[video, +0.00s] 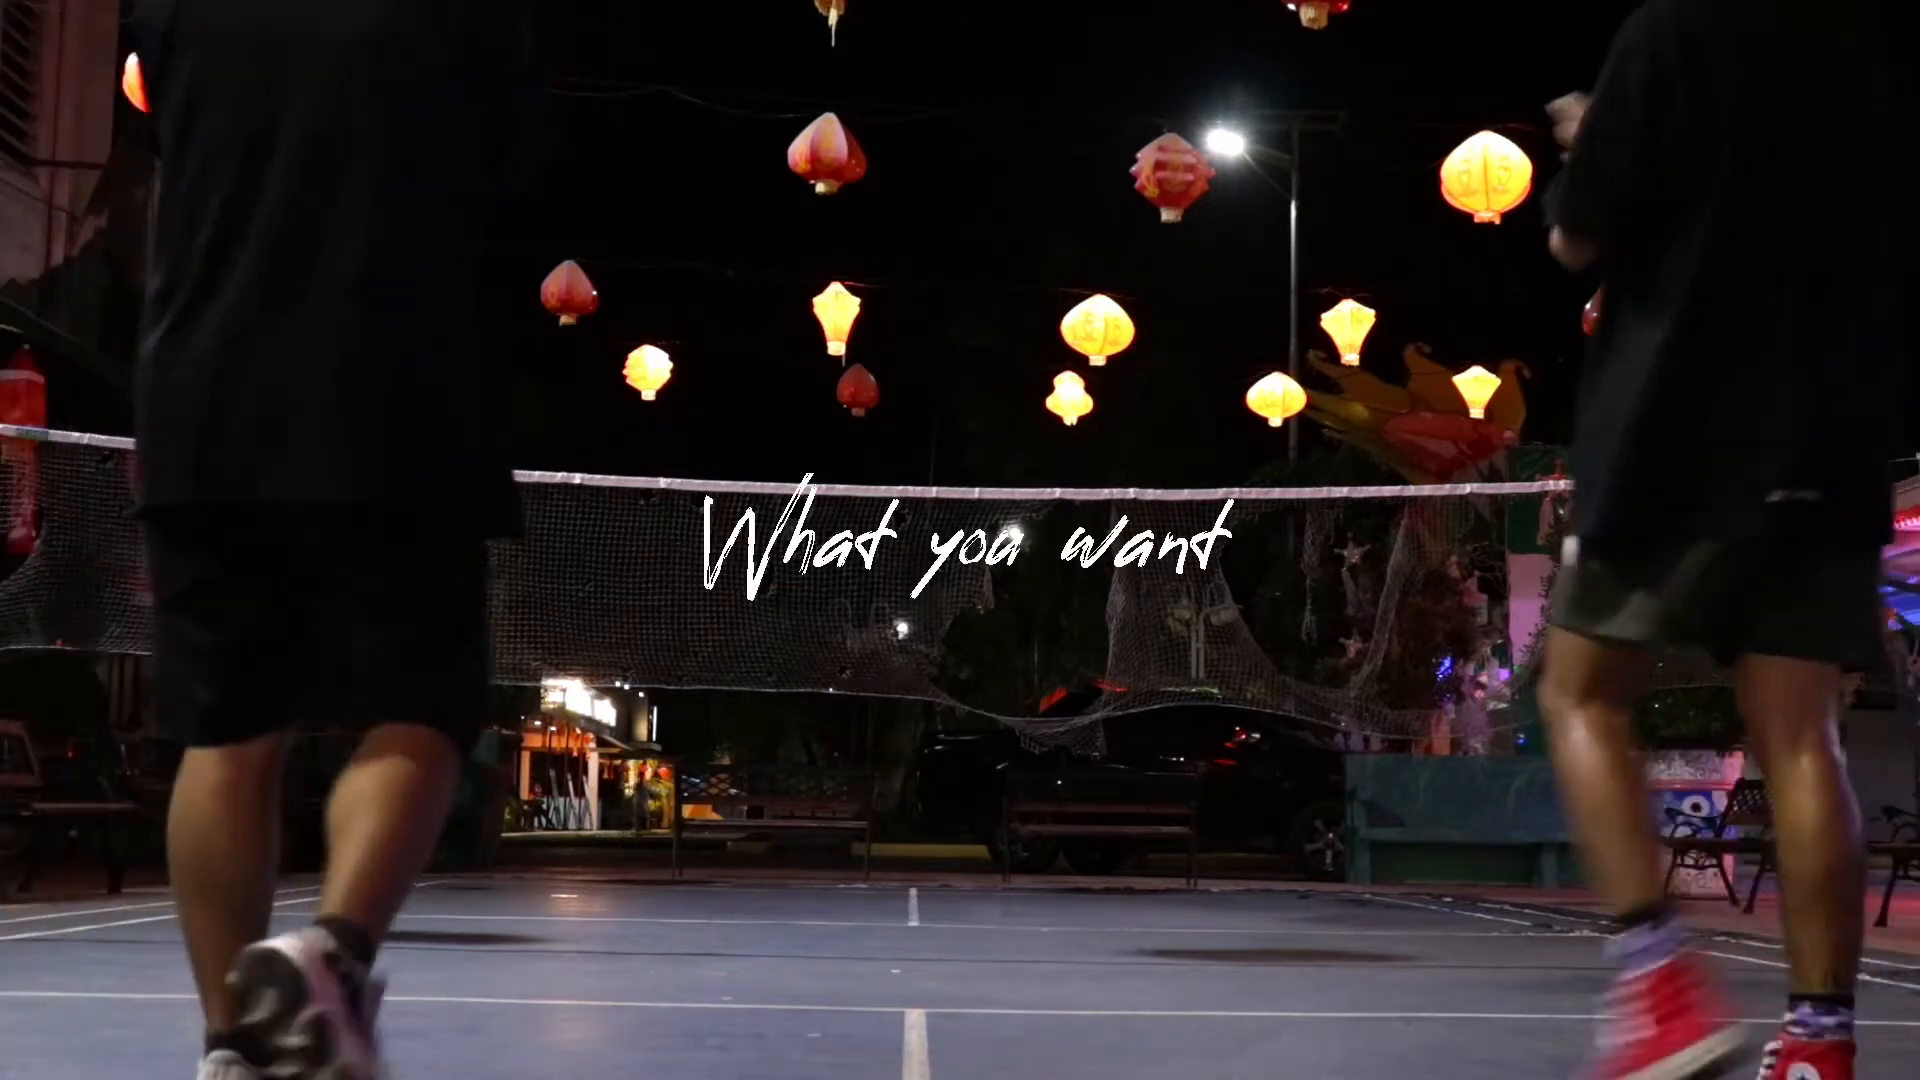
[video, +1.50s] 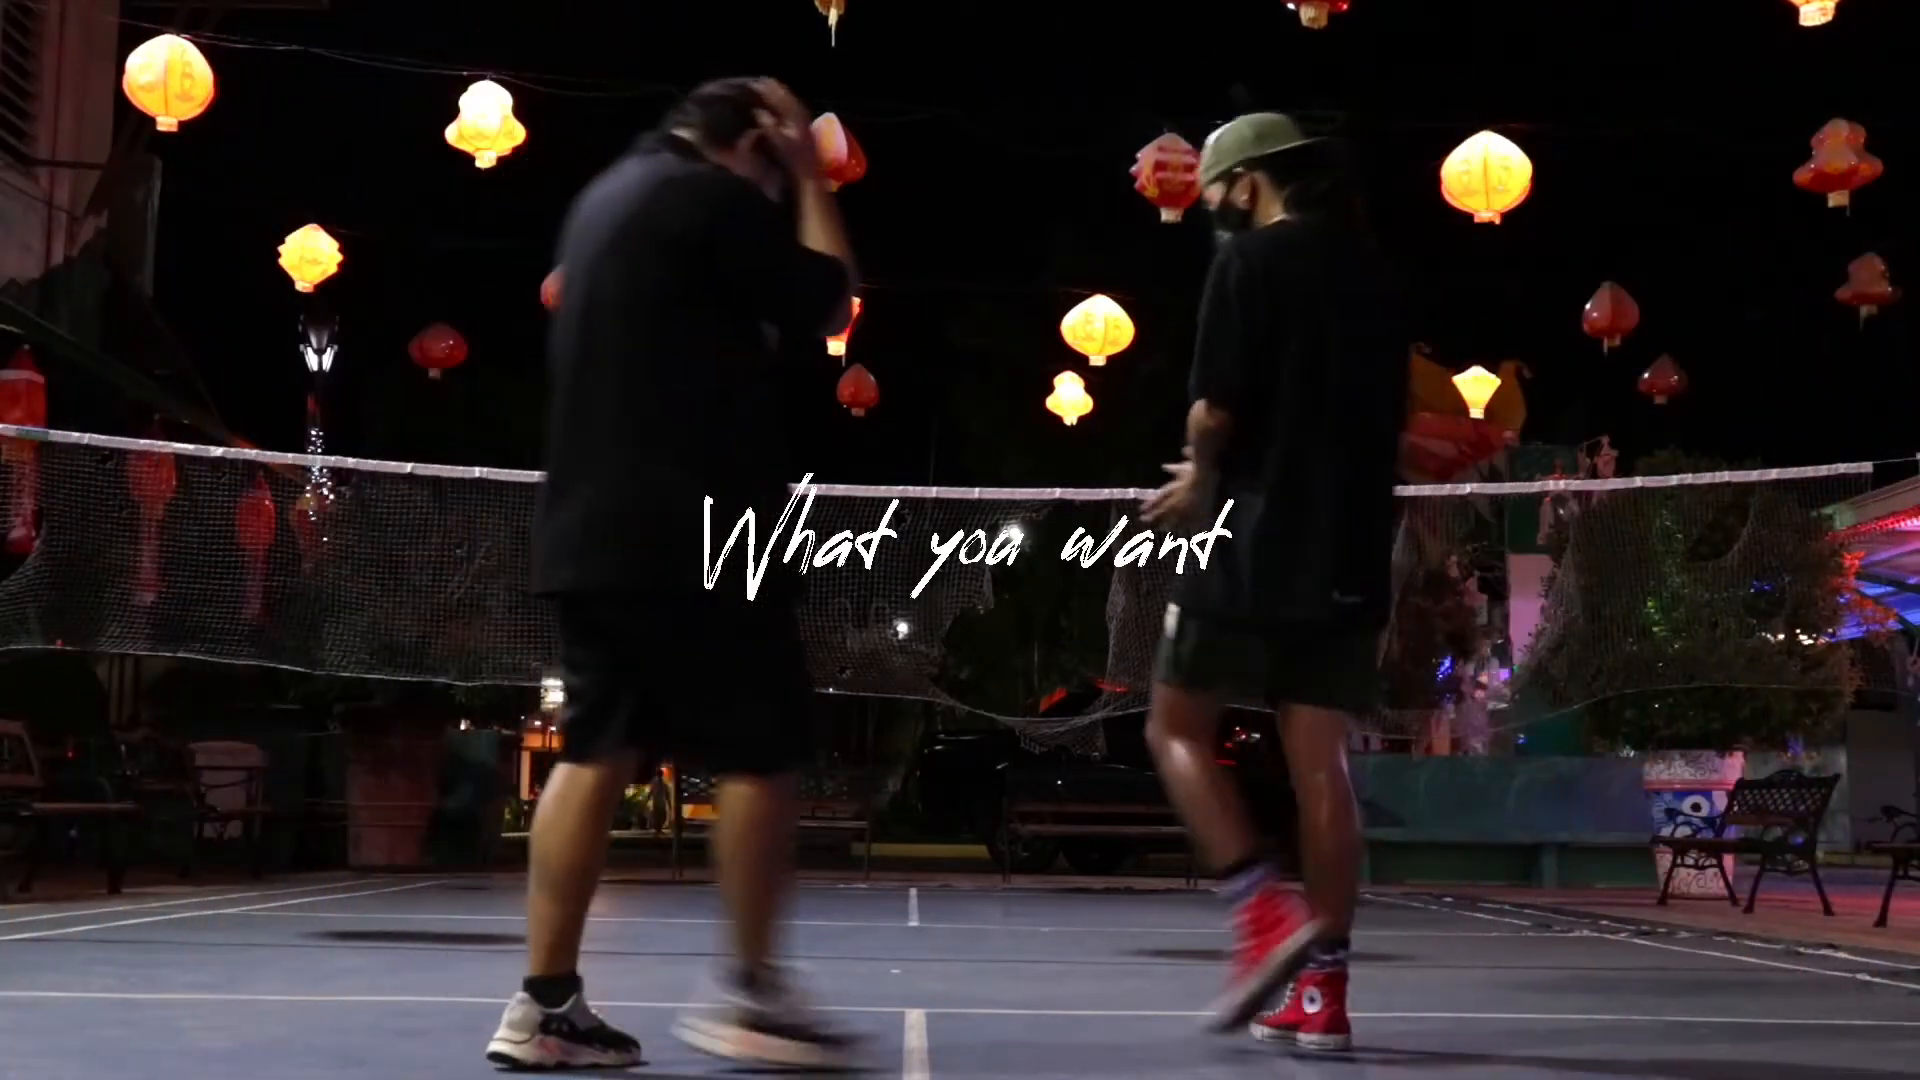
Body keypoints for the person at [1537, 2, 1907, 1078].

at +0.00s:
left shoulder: (1679, 29)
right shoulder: (1877, 49)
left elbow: (1579, 234)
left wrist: (1584, 143)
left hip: (1677, 424)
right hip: (1842, 425)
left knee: (1583, 696)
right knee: (1800, 734)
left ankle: (1656, 979)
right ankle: (1820, 1042)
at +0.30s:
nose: (1539, 19)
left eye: (1548, 8)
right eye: (1547, 8)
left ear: (1583, 9)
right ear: (1656, 19)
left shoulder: (1558, 125)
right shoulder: (1726, 122)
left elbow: (1479, 317)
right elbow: (1754, 305)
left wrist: (1446, 302)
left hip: (1584, 501)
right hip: (1723, 490)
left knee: (1522, 749)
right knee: (1737, 743)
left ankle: (1471, 1009)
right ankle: (1811, 1033)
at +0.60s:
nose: (1400, 57)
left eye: (1407, 40)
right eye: (1404, 40)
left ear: (1440, 48)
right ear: (1513, 47)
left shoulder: (1397, 172)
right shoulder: (1578, 159)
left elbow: (1333, 362)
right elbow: (1637, 343)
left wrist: (1408, 392)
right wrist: (1526, 368)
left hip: (1437, 509)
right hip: (1566, 500)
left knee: (1438, 753)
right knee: (1551, 745)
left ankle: (1456, 1024)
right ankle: (1659, 892)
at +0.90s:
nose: (1334, 112)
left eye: (1338, 95)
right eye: (1337, 95)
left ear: (1361, 91)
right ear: (1443, 89)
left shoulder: (1338, 193)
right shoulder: (1509, 201)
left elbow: (1276, 359)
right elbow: (1549, 375)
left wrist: (1344, 406)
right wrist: (1449, 397)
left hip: (1371, 510)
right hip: (1471, 506)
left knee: (1417, 766)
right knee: (1425, 757)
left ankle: (1458, 1016)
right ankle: (1410, 976)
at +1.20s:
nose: (1277, 199)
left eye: (1276, 185)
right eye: (1276, 187)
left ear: (1300, 172)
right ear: (1367, 165)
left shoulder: (1277, 248)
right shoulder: (1436, 254)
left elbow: (1222, 406)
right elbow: (1475, 429)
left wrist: (1279, 474)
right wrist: (1396, 465)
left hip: (1305, 521)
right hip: (1400, 524)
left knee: (1341, 754)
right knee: (1341, 756)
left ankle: (1427, 966)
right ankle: (1326, 989)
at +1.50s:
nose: (1221, 212)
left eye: (1222, 196)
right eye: (1219, 197)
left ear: (1253, 185)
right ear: (1308, 181)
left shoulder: (1247, 259)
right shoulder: (1370, 268)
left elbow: (1215, 410)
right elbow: (1367, 424)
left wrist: (1200, 475)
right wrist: (1206, 481)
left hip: (1254, 544)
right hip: (1348, 553)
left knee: (1177, 730)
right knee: (1322, 760)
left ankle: (1260, 902)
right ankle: (1321, 987)